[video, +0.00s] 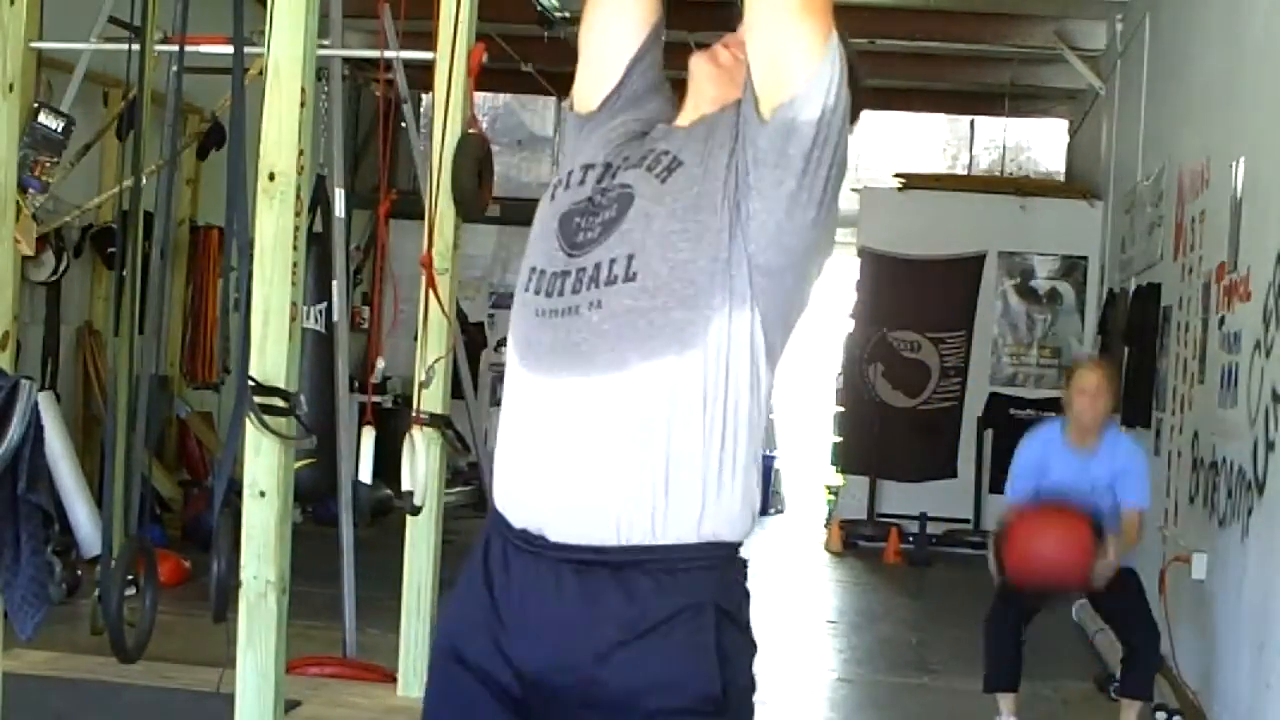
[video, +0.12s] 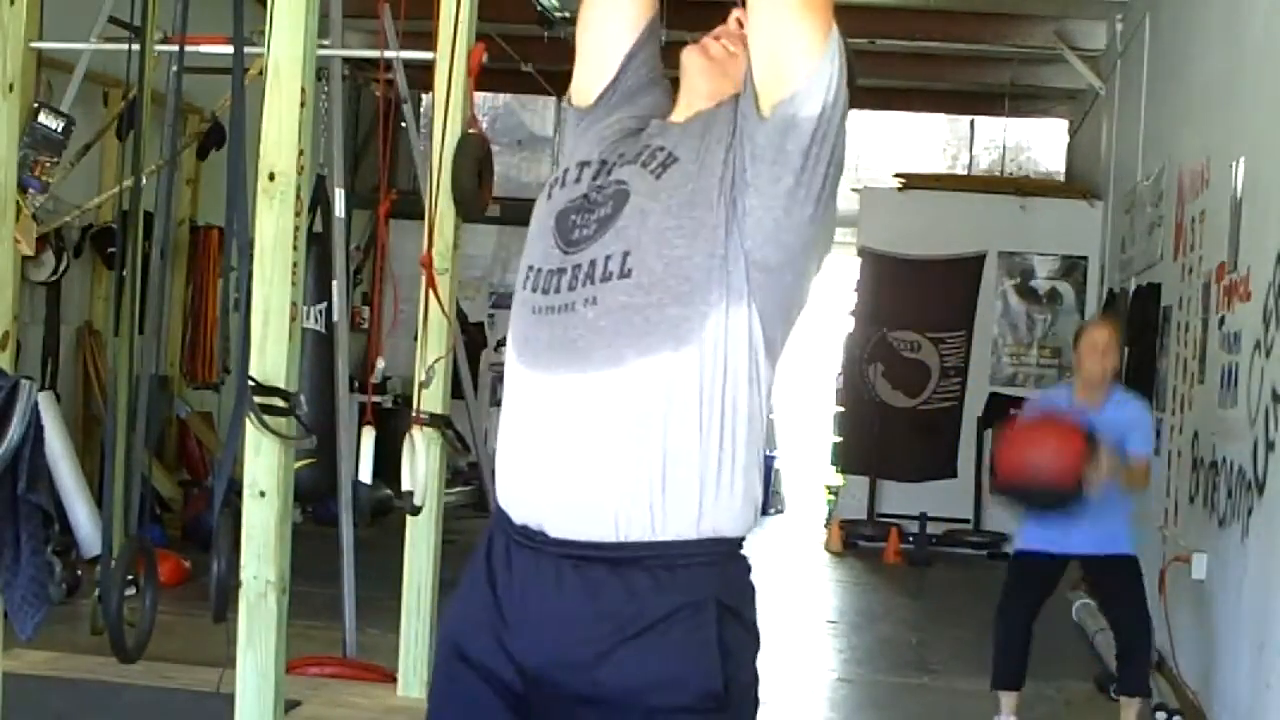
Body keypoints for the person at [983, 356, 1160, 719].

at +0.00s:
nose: (1088, 402)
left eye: (1097, 393)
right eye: (1081, 392)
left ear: (1111, 402)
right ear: (1066, 397)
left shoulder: (1127, 451)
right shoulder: (1037, 442)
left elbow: (1131, 524)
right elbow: (1013, 508)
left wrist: (1111, 556)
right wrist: (1004, 547)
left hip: (1100, 557)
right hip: (1043, 551)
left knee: (1144, 639)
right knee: (1002, 619)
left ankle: (1129, 713)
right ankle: (1007, 713)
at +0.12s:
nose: (1099, 357)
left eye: (1107, 349)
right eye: (1091, 348)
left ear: (1118, 359)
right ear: (1075, 353)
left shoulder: (1133, 410)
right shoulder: (1045, 402)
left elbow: (1140, 479)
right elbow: (1016, 460)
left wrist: (1114, 465)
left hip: (1107, 541)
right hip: (1044, 536)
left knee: (1136, 631)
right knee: (1012, 617)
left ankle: (1130, 713)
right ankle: (1007, 711)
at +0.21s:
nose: (1105, 324)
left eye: (1114, 317)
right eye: (1099, 314)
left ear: (1125, 326)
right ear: (1082, 319)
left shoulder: (1139, 378)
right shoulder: (1055, 370)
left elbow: (1149, 440)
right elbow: (1006, 440)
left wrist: (1113, 396)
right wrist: (991, 402)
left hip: (1112, 516)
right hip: (1048, 513)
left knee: (1130, 615)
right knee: (1022, 609)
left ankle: (1140, 712)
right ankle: (1000, 707)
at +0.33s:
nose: (1116, 323)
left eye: (1125, 319)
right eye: (1110, 314)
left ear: (1133, 331)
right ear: (1091, 317)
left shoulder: (1139, 375)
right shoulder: (1050, 370)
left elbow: (1131, 415)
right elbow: (997, 430)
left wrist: (1106, 353)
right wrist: (991, 367)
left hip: (1110, 517)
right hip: (1046, 516)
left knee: (1131, 619)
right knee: (1024, 612)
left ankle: (1138, 713)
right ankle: (1000, 708)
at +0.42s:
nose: (1118, 341)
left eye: (1129, 336)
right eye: (1112, 331)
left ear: (1136, 348)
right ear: (1094, 332)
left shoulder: (1139, 391)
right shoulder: (1044, 389)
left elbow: (1123, 420)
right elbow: (993, 434)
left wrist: (1101, 355)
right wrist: (991, 370)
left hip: (1108, 534)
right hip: (1044, 531)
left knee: (1133, 632)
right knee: (1022, 623)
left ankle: (1134, 714)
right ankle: (1004, 710)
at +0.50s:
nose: (1125, 367)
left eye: (1136, 362)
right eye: (1120, 355)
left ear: (1142, 372)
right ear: (1100, 353)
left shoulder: (1138, 417)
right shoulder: (1043, 410)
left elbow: (1117, 439)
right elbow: (996, 455)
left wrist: (1091, 372)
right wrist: (993, 393)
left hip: (1104, 559)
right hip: (1038, 557)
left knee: (1142, 644)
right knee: (1013, 643)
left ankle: (1137, 711)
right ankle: (1004, 708)